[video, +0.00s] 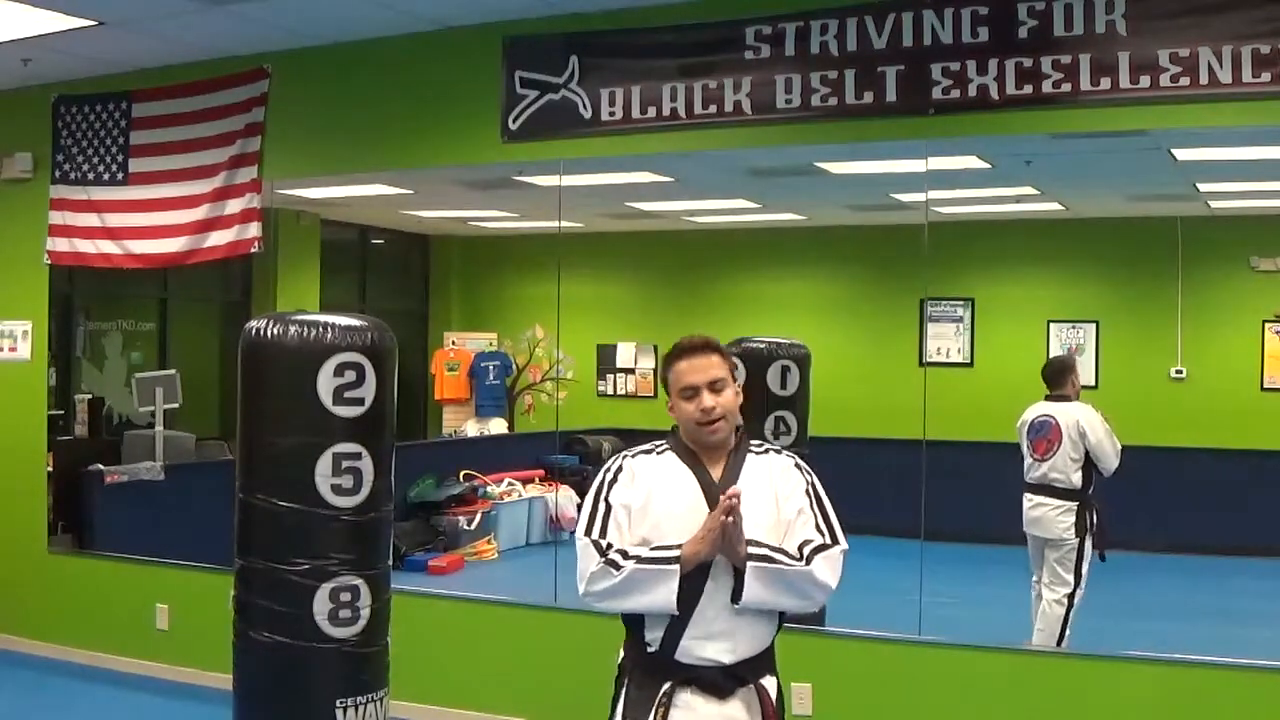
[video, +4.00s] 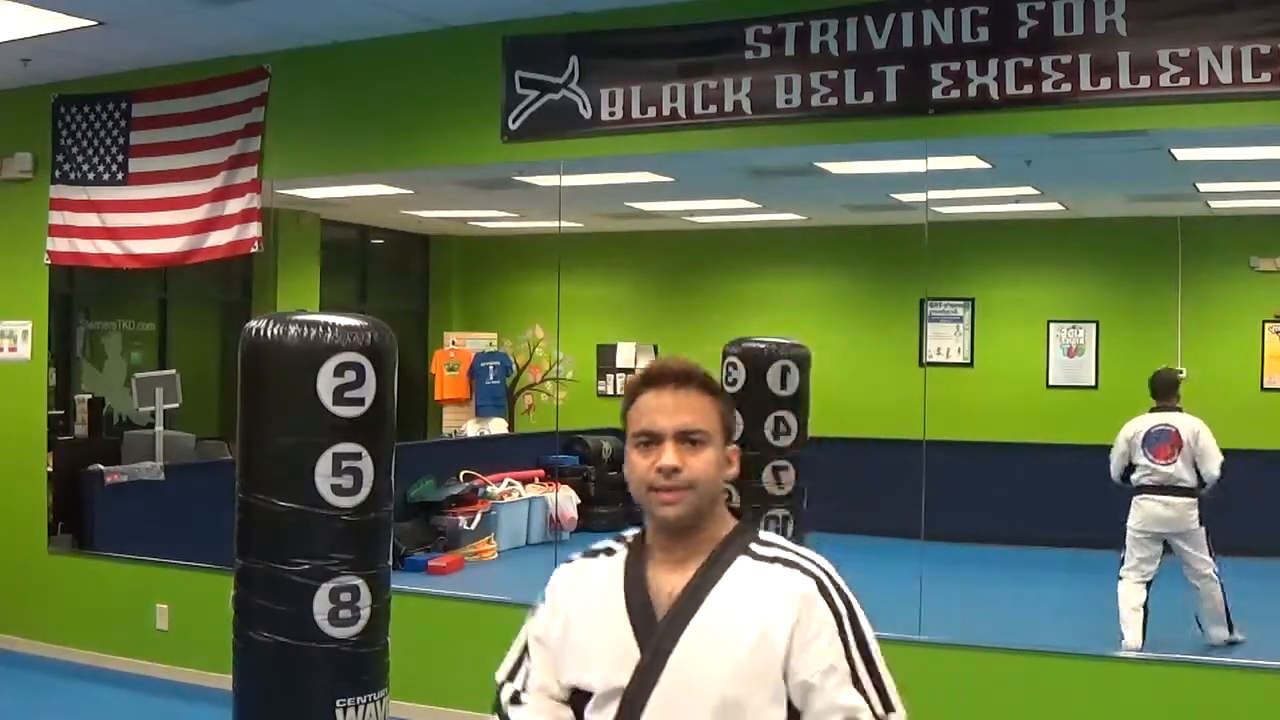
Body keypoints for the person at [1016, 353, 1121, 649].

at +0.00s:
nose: (1080, 380)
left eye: (1077, 375)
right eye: (1077, 375)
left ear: (1048, 383)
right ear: (1072, 381)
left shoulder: (1030, 414)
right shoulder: (1084, 416)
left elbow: (1030, 454)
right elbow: (1109, 463)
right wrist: (1102, 425)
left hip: (1033, 510)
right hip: (1067, 515)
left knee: (1039, 582)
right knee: (1060, 589)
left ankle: (1039, 648)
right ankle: (1044, 656)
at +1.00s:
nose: (1094, 385)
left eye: (1092, 380)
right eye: (1093, 380)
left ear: (1063, 384)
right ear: (1088, 383)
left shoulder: (1045, 415)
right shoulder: (1098, 411)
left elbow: (1045, 457)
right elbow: (1124, 455)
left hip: (1056, 501)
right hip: (1094, 503)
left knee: (1061, 576)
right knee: (1117, 577)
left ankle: (1058, 649)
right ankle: (1128, 650)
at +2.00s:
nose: (1167, 385)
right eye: (1169, 380)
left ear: (1143, 382)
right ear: (1170, 382)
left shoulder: (1120, 411)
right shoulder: (1184, 415)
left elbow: (1107, 456)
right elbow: (1200, 460)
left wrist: (1136, 452)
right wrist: (1172, 455)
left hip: (1124, 501)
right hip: (1160, 504)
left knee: (1119, 567)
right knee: (1151, 573)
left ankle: (1116, 636)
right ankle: (1138, 647)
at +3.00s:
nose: (1188, 381)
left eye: (1185, 376)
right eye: (1187, 377)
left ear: (1160, 383)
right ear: (1185, 381)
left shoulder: (1145, 415)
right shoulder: (1202, 412)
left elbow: (1138, 458)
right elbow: (1223, 455)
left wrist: (1165, 453)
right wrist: (1196, 450)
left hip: (1156, 495)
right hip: (1192, 498)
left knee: (1151, 564)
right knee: (1210, 566)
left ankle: (1147, 636)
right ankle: (1229, 635)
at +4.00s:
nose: (1181, 391)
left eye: (1177, 387)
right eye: (1180, 388)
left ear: (1152, 393)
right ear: (1177, 392)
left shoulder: (1134, 426)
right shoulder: (1195, 426)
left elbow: (1117, 472)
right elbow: (1212, 472)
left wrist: (1141, 481)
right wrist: (1200, 490)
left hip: (1145, 506)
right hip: (1183, 507)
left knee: (1134, 574)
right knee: (1203, 572)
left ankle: (1132, 644)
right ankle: (1220, 634)